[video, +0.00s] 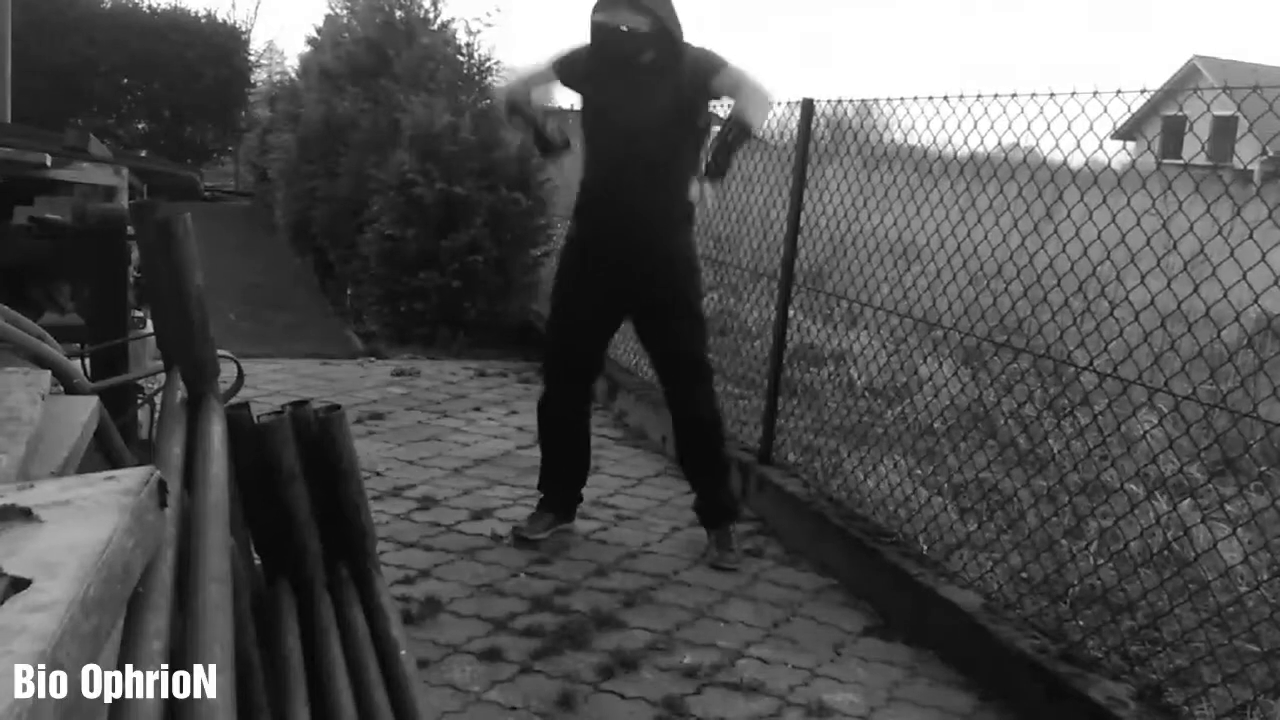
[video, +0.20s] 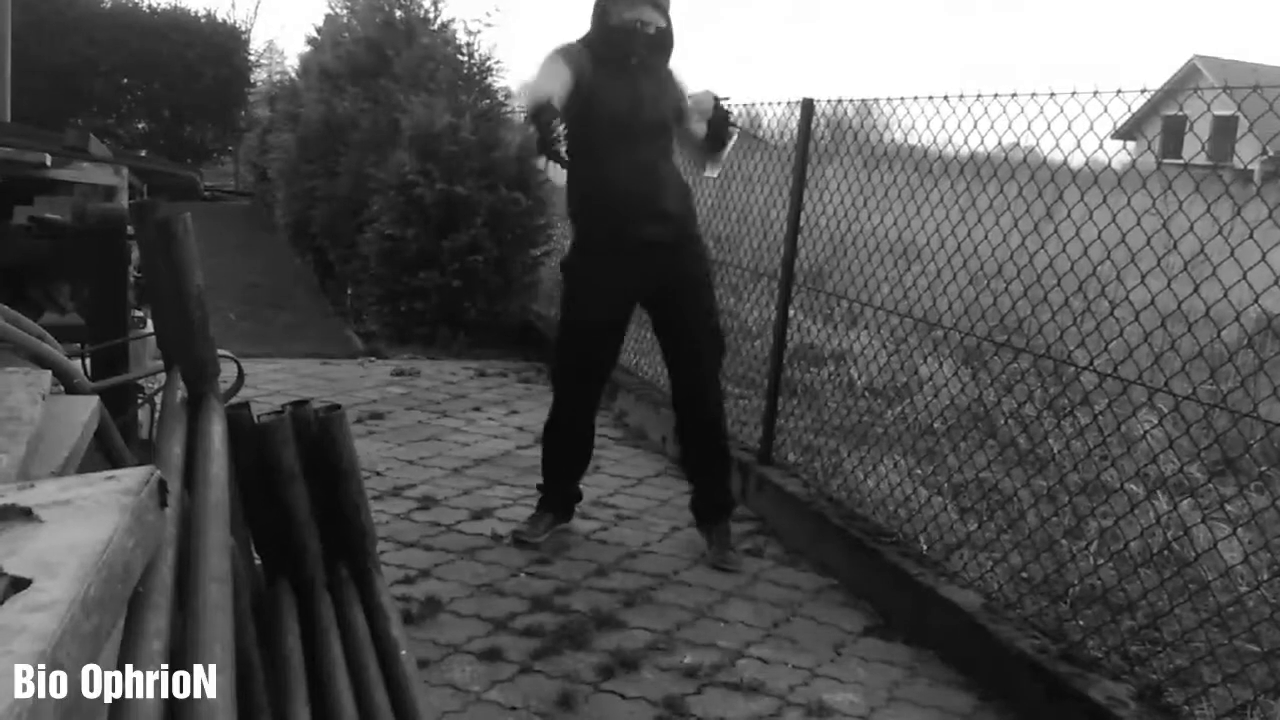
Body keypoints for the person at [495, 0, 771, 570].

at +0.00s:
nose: (611, 36)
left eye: (619, 27)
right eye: (608, 27)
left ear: (644, 21)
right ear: (610, 25)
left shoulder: (693, 64)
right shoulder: (592, 59)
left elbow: (756, 95)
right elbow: (508, 90)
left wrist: (728, 143)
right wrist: (539, 122)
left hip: (663, 252)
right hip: (592, 247)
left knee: (689, 385)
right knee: (565, 379)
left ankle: (719, 521)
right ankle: (557, 505)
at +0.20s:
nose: (640, 33)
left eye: (652, 26)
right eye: (630, 21)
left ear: (663, 31)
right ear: (605, 17)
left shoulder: (666, 81)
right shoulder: (573, 61)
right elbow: (541, 97)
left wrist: (714, 139)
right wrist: (544, 125)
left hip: (673, 251)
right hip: (600, 250)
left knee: (699, 384)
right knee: (575, 382)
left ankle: (715, 519)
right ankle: (554, 505)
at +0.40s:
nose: (636, 41)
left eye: (649, 33)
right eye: (625, 29)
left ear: (663, 34)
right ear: (604, 24)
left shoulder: (671, 87)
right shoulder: (575, 69)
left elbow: (731, 125)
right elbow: (554, 127)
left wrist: (724, 70)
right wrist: (583, 173)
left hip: (680, 250)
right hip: (608, 248)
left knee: (715, 375)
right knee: (579, 380)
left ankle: (720, 518)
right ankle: (554, 504)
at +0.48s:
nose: (649, 24)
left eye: (655, 19)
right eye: (639, 17)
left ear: (666, 19)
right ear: (625, 10)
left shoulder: (684, 61)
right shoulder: (581, 65)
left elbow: (751, 37)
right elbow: (548, 126)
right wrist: (606, 164)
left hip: (683, 248)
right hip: (610, 246)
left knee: (714, 378)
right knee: (579, 378)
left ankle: (728, 514)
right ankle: (553, 503)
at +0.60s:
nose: (642, 57)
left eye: (654, 44)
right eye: (630, 46)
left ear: (678, 35)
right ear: (618, 41)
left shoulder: (712, 80)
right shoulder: (622, 90)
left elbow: (718, 23)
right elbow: (574, 144)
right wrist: (582, 152)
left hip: (684, 255)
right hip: (612, 248)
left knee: (706, 386)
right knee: (580, 375)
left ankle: (730, 521)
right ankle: (550, 498)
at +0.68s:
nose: (627, 46)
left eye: (638, 34)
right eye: (626, 40)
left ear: (675, 28)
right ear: (632, 48)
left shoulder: (729, 66)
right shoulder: (640, 99)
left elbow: (650, 17)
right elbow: (611, 140)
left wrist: (614, 11)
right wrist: (607, 161)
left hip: (684, 256)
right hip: (615, 248)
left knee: (704, 392)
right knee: (577, 374)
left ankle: (728, 524)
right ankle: (550, 498)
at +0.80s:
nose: (664, 49)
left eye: (677, 38)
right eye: (654, 38)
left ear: (705, 37)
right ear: (643, 39)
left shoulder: (738, 84)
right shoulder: (645, 88)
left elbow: (706, 137)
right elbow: (591, 129)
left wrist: (638, 118)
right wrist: (595, 129)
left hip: (686, 266)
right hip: (615, 256)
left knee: (702, 395)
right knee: (573, 374)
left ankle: (726, 525)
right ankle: (552, 501)